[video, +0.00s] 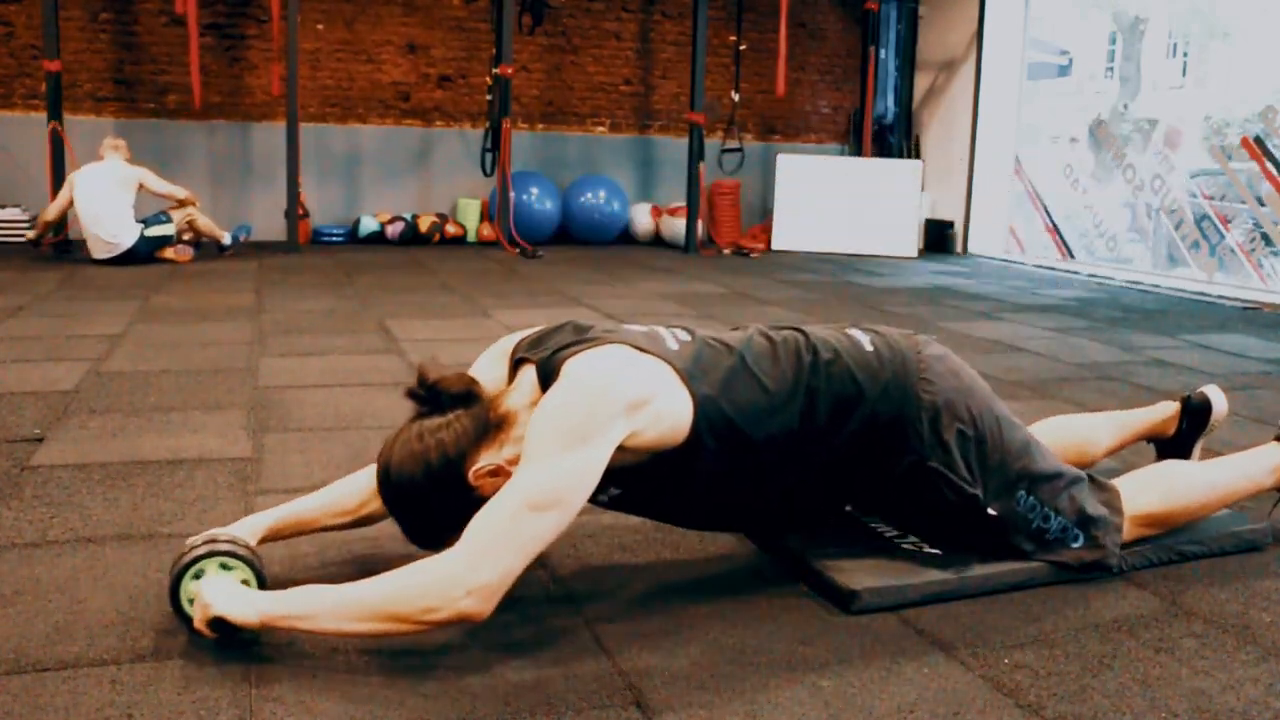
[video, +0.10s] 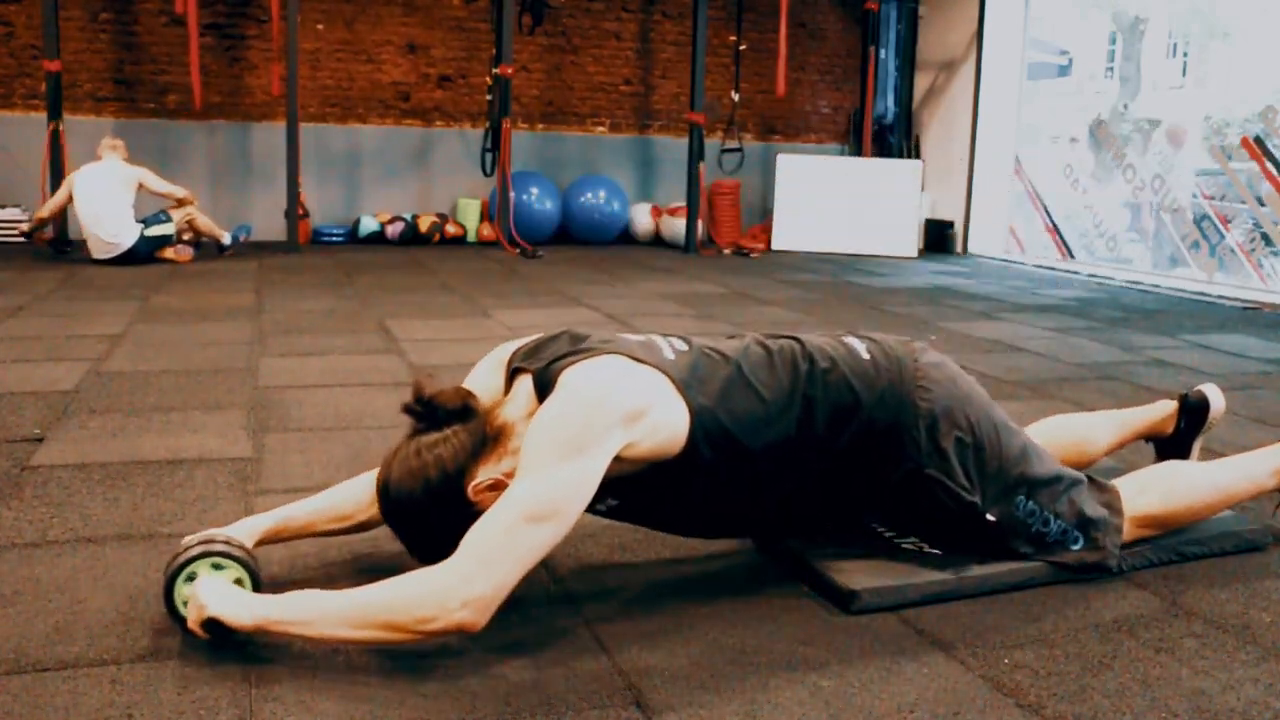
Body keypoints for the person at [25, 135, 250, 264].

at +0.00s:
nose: (125, 155)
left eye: (119, 151)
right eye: (125, 152)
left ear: (101, 155)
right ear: (125, 155)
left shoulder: (78, 175)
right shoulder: (133, 171)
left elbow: (49, 216)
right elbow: (176, 194)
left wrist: (34, 234)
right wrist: (193, 200)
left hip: (99, 255)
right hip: (131, 247)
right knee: (188, 211)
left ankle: (173, 250)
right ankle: (226, 239)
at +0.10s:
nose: (122, 155)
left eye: (113, 152)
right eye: (123, 153)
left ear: (98, 155)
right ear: (123, 155)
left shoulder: (78, 175)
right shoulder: (132, 171)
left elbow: (46, 212)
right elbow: (177, 194)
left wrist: (29, 227)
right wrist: (191, 201)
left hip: (99, 255)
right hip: (131, 247)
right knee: (188, 211)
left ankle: (173, 250)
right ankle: (226, 240)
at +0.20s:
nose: (118, 154)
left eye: (107, 151)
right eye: (119, 152)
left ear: (97, 154)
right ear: (123, 154)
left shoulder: (77, 174)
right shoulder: (131, 170)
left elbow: (42, 209)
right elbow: (178, 194)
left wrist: (26, 214)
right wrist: (190, 202)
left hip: (99, 255)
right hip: (130, 246)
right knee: (187, 210)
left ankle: (172, 249)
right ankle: (225, 240)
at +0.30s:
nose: (121, 149)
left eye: (115, 146)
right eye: (121, 147)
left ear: (94, 153)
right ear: (120, 152)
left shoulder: (75, 173)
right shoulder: (128, 169)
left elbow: (37, 205)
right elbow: (175, 194)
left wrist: (19, 202)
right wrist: (189, 201)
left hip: (98, 254)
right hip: (129, 245)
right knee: (186, 210)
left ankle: (172, 249)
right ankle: (225, 240)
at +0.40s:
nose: (120, 147)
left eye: (116, 145)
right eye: (119, 146)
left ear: (94, 152)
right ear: (118, 152)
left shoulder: (73, 173)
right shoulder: (126, 169)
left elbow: (31, 201)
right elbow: (171, 194)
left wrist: (9, 201)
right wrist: (189, 199)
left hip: (98, 254)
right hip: (128, 244)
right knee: (186, 210)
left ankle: (170, 249)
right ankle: (226, 240)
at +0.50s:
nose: (115, 149)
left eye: (109, 146)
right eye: (116, 147)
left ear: (92, 153)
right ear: (118, 153)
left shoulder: (72, 173)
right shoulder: (126, 170)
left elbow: (28, 201)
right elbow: (172, 195)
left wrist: (7, 206)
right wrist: (190, 201)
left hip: (99, 255)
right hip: (129, 245)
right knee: (186, 210)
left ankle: (170, 249)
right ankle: (225, 240)